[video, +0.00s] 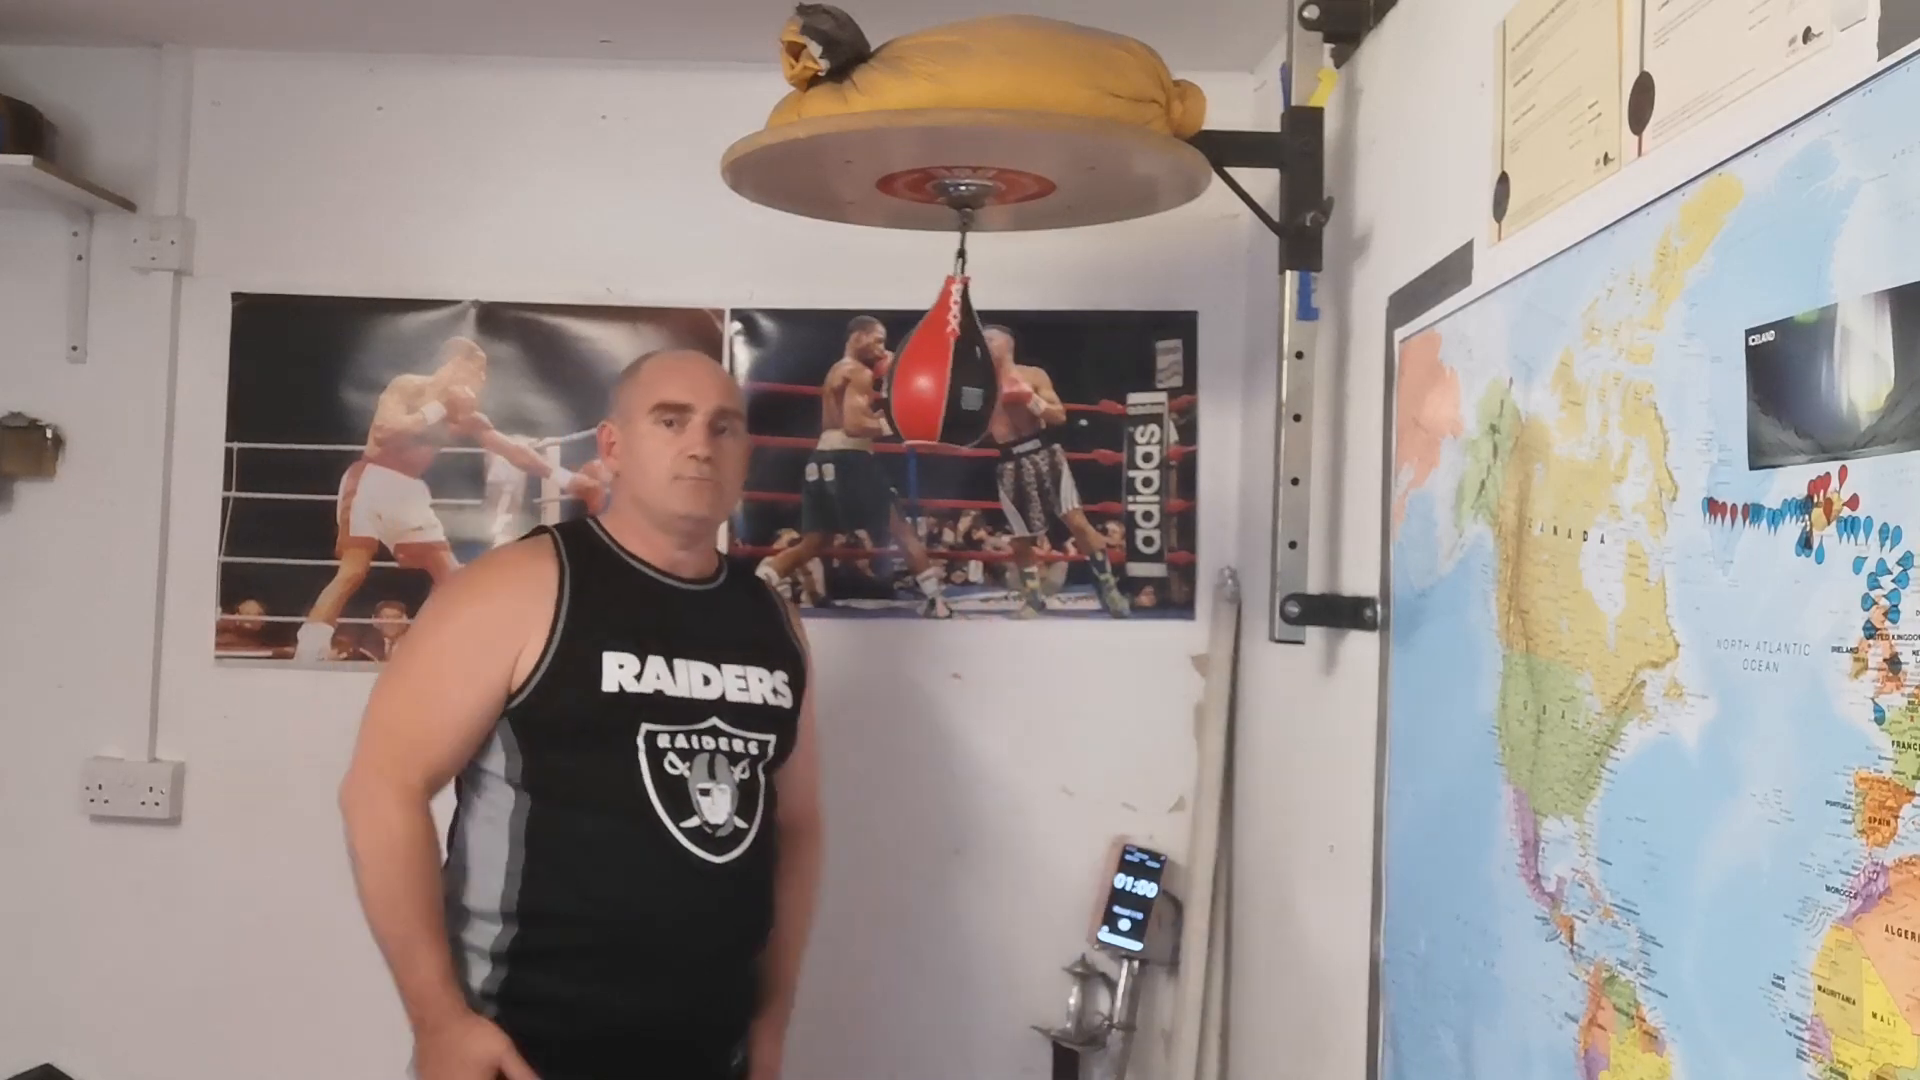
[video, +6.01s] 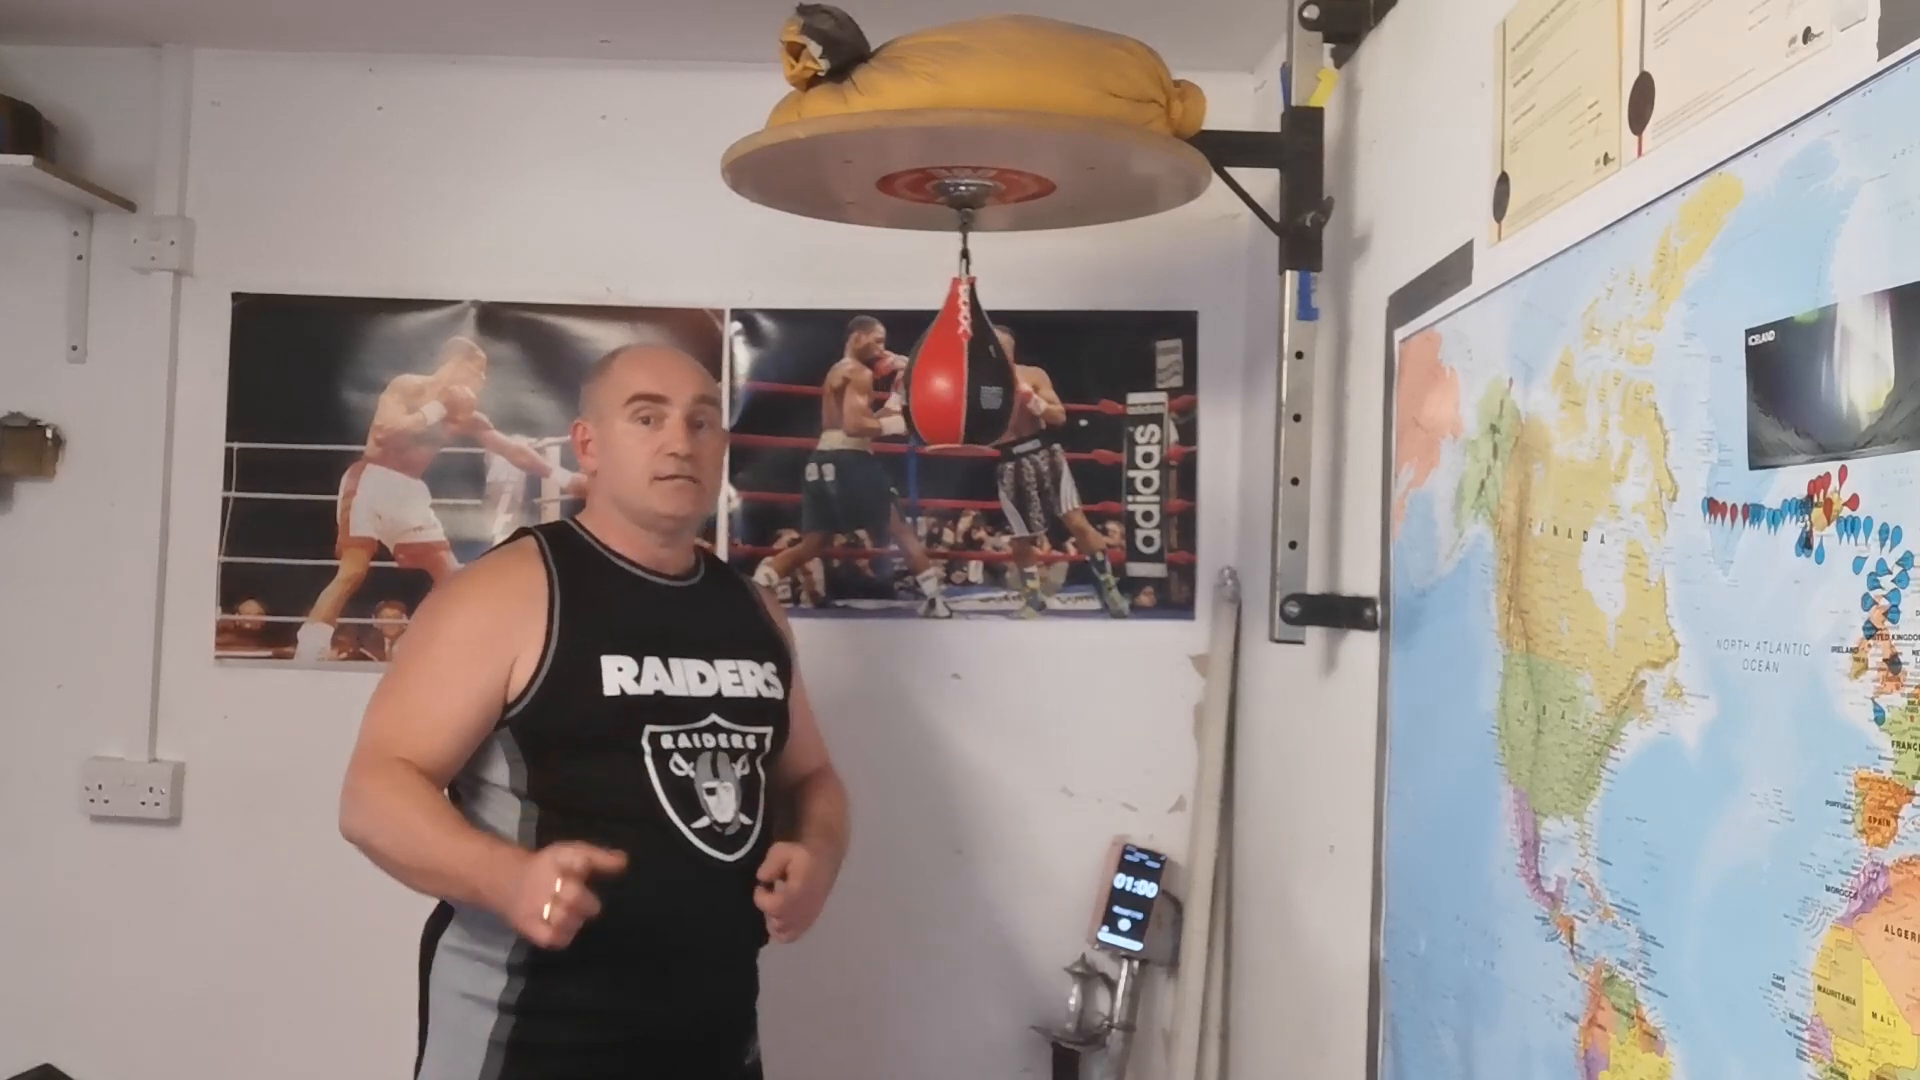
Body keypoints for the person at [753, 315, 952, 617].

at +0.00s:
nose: (881, 348)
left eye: (883, 342)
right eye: (877, 341)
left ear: (855, 340)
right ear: (857, 337)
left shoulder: (833, 373)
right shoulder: (858, 372)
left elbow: (834, 422)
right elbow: (853, 425)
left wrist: (880, 375)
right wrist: (888, 424)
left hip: (821, 462)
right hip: (852, 462)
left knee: (815, 542)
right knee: (902, 529)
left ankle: (754, 589)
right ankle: (936, 598)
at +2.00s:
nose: (882, 349)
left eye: (883, 343)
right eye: (878, 341)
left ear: (854, 341)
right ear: (857, 338)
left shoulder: (833, 373)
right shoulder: (859, 373)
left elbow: (834, 421)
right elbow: (854, 424)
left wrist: (876, 372)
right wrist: (886, 425)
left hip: (820, 462)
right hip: (853, 462)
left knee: (814, 542)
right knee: (903, 531)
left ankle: (754, 588)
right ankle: (937, 600)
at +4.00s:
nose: (881, 348)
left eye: (882, 342)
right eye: (878, 341)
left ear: (855, 340)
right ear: (857, 337)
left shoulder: (833, 373)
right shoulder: (859, 373)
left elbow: (834, 422)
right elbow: (854, 425)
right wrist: (887, 424)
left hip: (820, 462)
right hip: (853, 461)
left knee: (815, 541)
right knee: (900, 529)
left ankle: (756, 588)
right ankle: (936, 597)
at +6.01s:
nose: (881, 349)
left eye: (883, 343)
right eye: (877, 342)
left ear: (856, 340)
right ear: (857, 338)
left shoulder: (834, 373)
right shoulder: (859, 373)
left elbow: (861, 419)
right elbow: (854, 425)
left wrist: (888, 406)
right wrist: (891, 424)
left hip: (820, 463)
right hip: (852, 463)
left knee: (815, 542)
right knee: (901, 529)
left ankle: (756, 587)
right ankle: (935, 597)